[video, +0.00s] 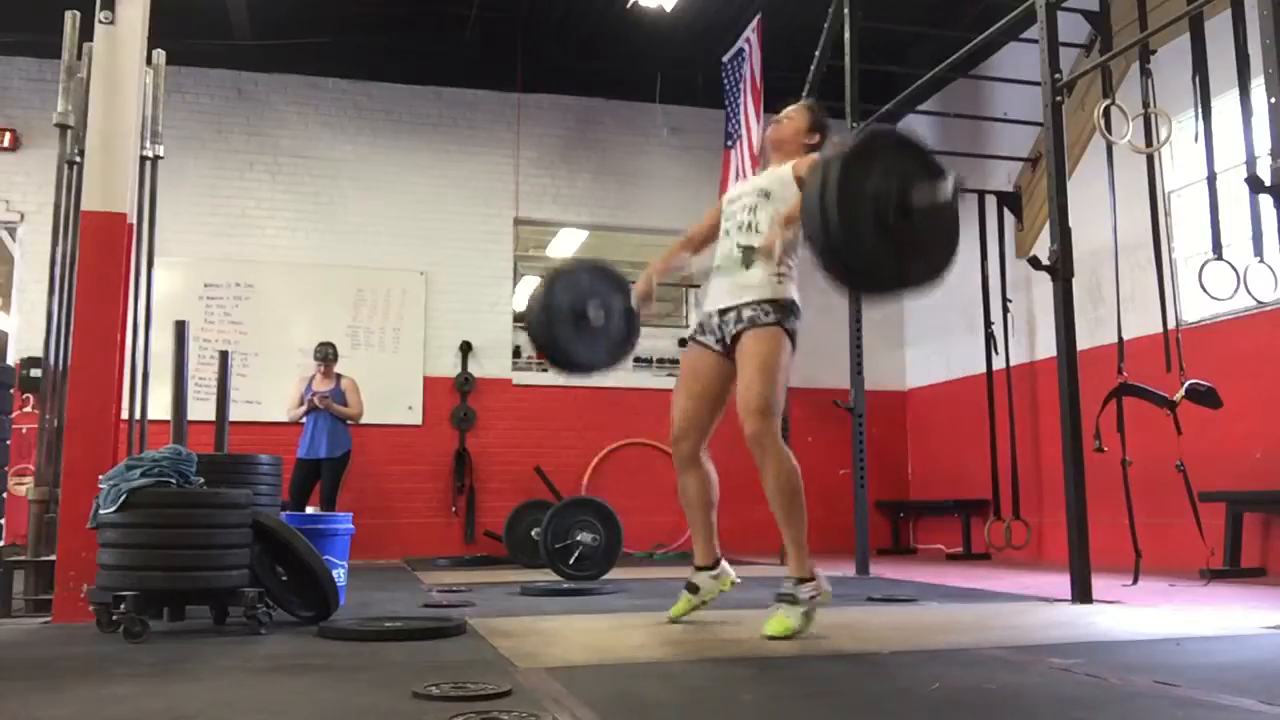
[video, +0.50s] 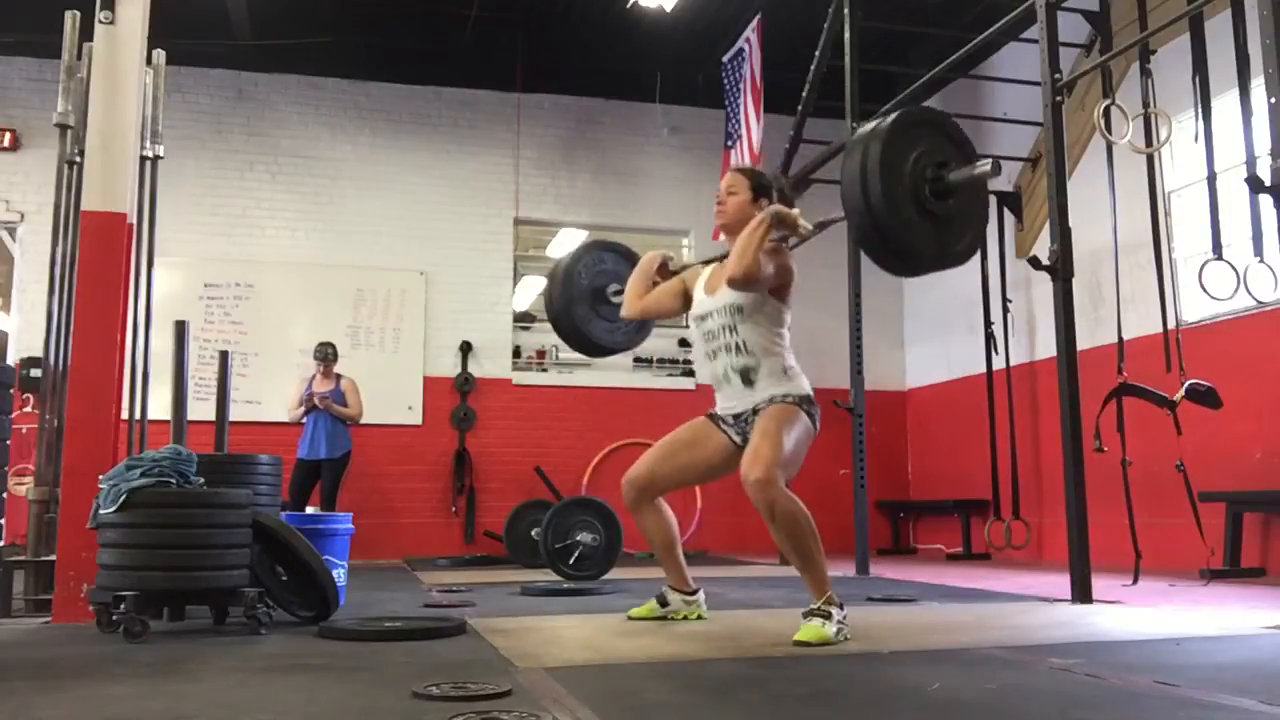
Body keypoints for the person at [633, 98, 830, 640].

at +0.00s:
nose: (774, 119)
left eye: (788, 115)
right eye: (776, 115)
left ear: (812, 137)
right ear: (769, 133)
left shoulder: (807, 165)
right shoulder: (739, 191)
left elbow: (819, 191)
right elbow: (694, 240)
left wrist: (790, 216)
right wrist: (651, 274)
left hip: (764, 307)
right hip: (713, 314)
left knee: (759, 426)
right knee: (684, 442)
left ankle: (803, 580)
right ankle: (708, 569)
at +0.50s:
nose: (719, 199)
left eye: (731, 192)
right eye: (719, 192)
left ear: (762, 207)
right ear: (720, 210)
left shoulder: (775, 262)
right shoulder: (697, 277)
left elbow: (740, 272)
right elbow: (633, 306)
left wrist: (768, 217)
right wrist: (652, 258)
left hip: (785, 404)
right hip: (729, 418)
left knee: (760, 478)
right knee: (637, 486)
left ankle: (826, 606)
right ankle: (683, 596)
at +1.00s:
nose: (731, 134)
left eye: (744, 127)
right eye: (730, 127)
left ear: (768, 146)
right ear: (726, 143)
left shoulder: (772, 196)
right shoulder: (696, 209)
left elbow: (737, 195)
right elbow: (635, 247)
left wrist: (773, 145)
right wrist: (646, 200)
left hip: (756, 342)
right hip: (705, 352)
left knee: (769, 458)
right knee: (671, 469)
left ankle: (820, 601)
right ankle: (684, 593)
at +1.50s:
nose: (729, 126)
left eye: (741, 119)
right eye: (729, 119)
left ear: (771, 139)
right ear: (729, 134)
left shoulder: (784, 192)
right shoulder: (705, 202)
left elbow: (745, 187)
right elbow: (642, 237)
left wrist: (782, 140)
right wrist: (660, 187)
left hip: (772, 335)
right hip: (721, 342)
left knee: (765, 458)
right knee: (700, 462)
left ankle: (800, 600)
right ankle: (685, 589)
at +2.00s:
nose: (724, 125)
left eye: (736, 118)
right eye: (724, 118)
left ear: (766, 135)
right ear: (725, 132)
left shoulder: (778, 184)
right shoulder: (697, 197)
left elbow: (743, 185)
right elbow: (632, 227)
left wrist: (779, 137)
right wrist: (655, 179)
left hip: (764, 336)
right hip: (711, 343)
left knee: (769, 462)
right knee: (705, 465)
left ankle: (800, 600)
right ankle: (716, 592)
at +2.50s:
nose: (728, 110)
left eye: (741, 104)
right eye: (730, 104)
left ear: (767, 125)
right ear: (732, 125)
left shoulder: (769, 173)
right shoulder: (699, 192)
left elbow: (781, 218)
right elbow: (653, 251)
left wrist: (789, 150)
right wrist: (645, 194)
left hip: (760, 323)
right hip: (708, 332)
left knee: (772, 450)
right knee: (701, 457)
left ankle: (798, 591)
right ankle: (708, 584)